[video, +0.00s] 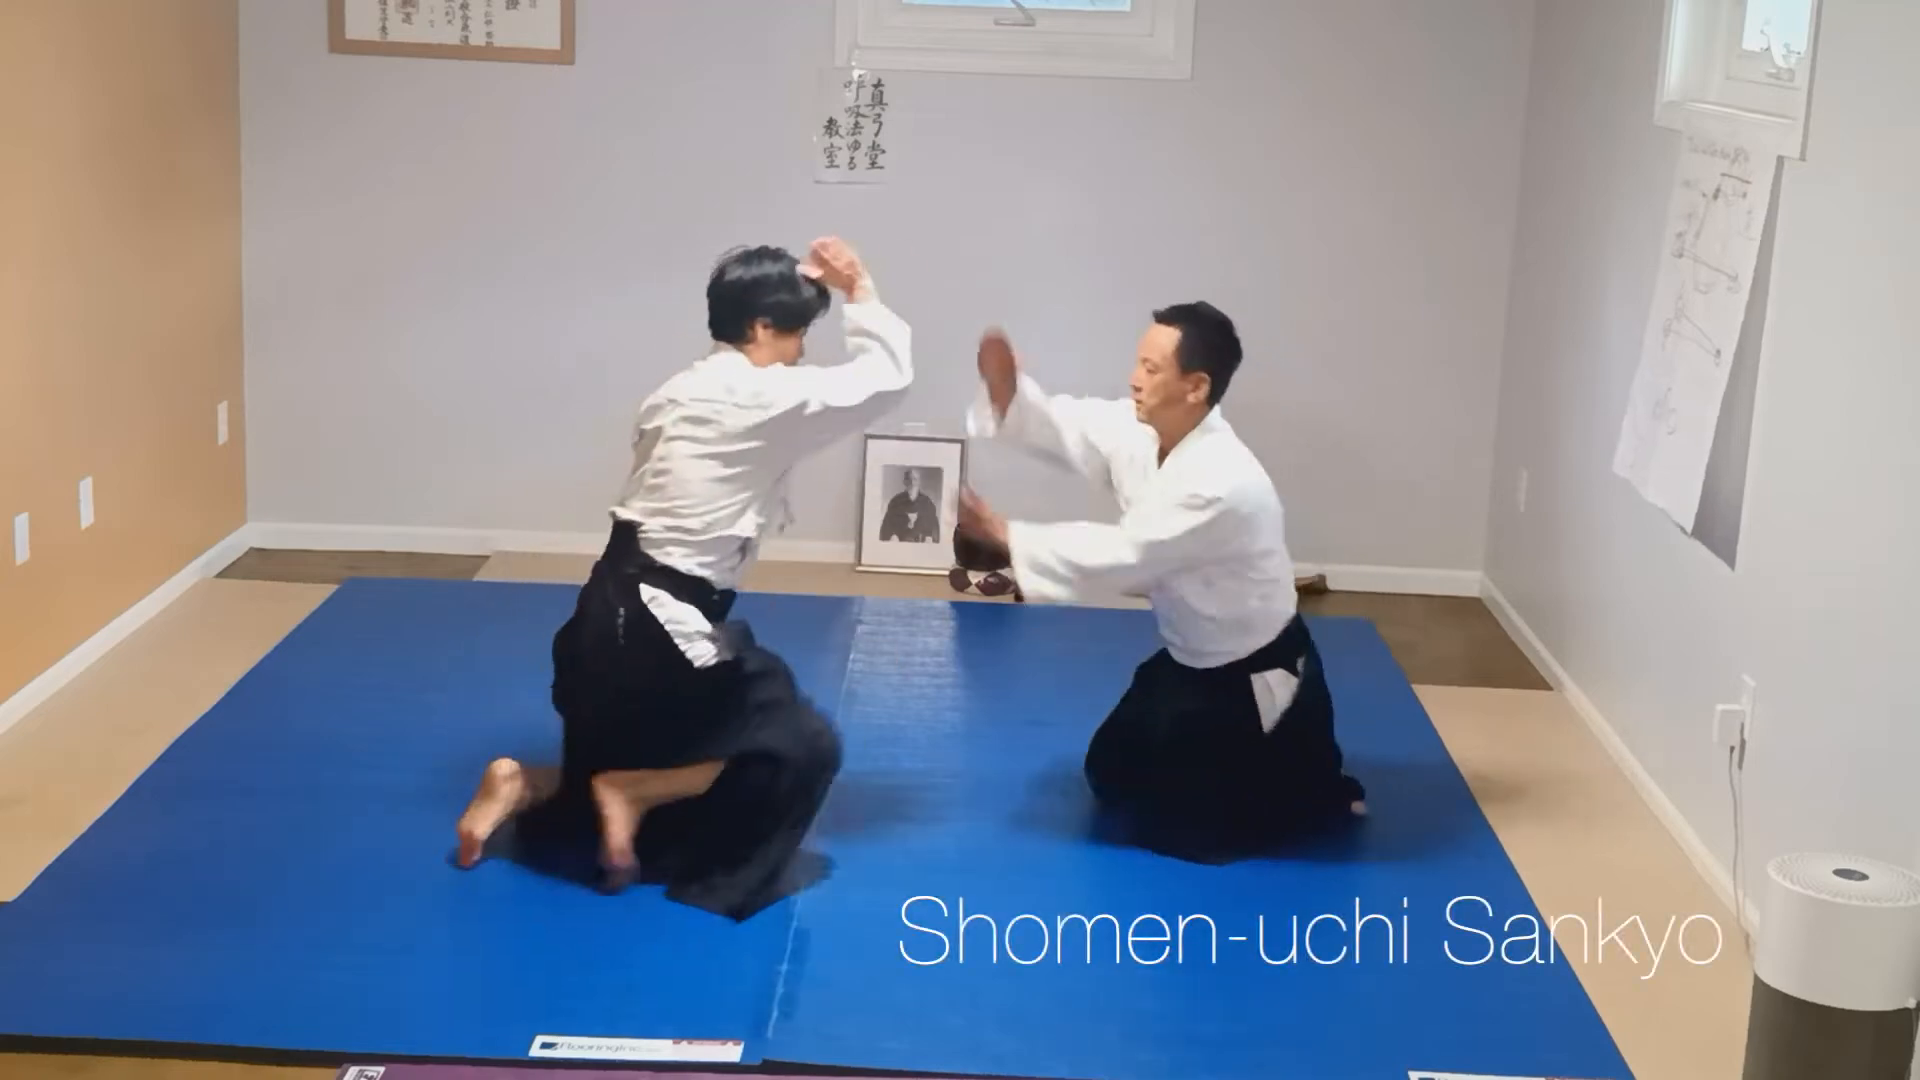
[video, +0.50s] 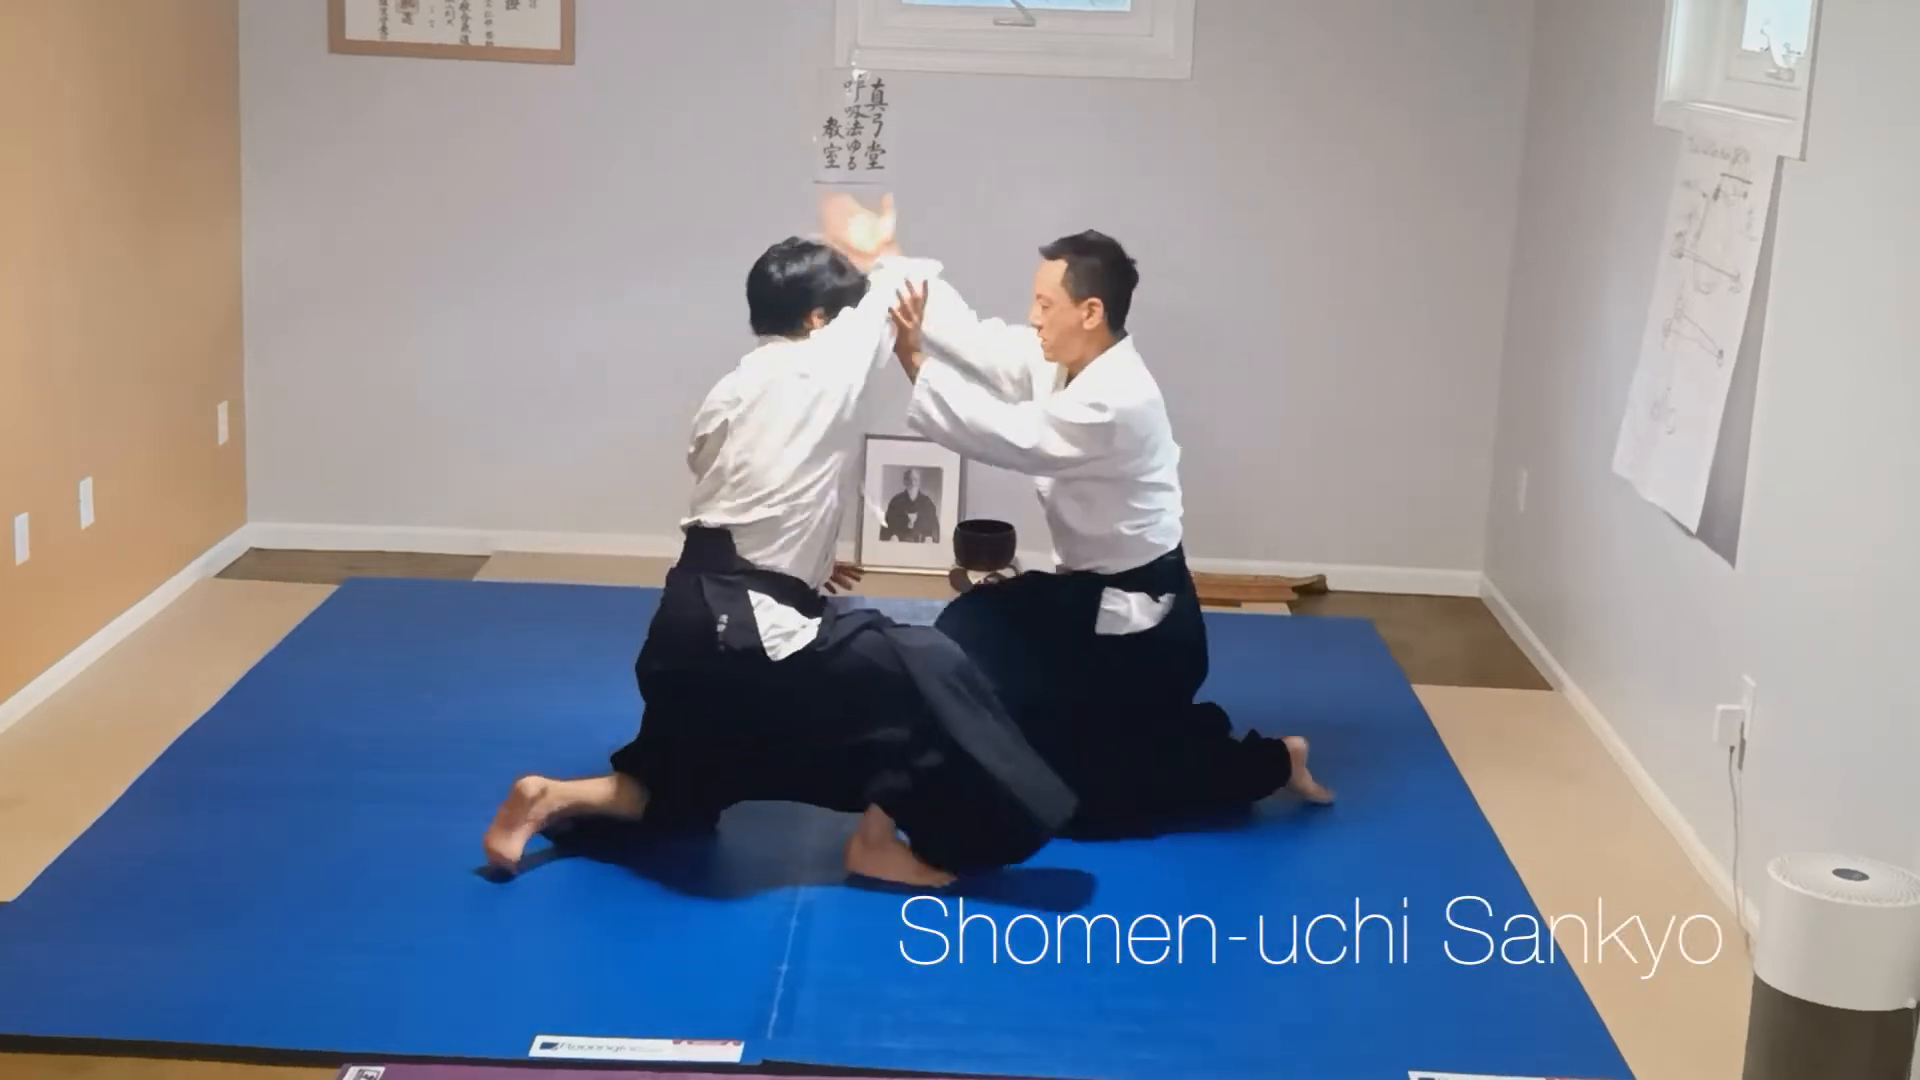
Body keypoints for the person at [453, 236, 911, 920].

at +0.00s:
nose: (801, 351)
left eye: (804, 334)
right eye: (798, 333)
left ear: (734, 328)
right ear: (759, 331)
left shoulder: (671, 395)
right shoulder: (767, 397)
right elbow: (886, 373)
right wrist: (860, 290)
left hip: (597, 621)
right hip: (665, 626)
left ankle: (523, 791)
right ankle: (638, 790)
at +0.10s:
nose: (823, 350)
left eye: (826, 334)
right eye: (819, 333)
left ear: (746, 324)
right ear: (780, 327)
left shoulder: (691, 388)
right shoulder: (779, 391)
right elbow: (901, 384)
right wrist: (942, 294)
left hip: (616, 635)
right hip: (687, 635)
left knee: (667, 806)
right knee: (854, 675)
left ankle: (537, 779)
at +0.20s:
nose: (850, 349)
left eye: (849, 332)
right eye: (845, 331)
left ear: (773, 326)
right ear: (809, 330)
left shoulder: (709, 391)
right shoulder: (810, 389)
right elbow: (929, 349)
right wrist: (967, 263)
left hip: (635, 635)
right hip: (708, 638)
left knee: (676, 800)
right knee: (887, 663)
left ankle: (535, 787)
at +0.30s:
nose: (867, 346)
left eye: (869, 330)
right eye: (864, 332)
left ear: (784, 324)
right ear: (830, 329)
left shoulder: (731, 385)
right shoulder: (826, 382)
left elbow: (709, 501)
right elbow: (935, 320)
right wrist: (950, 225)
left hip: (662, 626)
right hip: (733, 630)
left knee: (672, 794)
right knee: (899, 661)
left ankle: (532, 797)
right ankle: (873, 843)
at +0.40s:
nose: (870, 340)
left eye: (870, 323)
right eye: (865, 324)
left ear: (787, 323)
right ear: (834, 326)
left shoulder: (736, 389)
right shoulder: (835, 372)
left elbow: (718, 495)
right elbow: (928, 294)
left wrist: (807, 566)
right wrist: (925, 220)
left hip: (676, 619)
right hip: (749, 621)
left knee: (675, 788)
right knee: (911, 666)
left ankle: (537, 796)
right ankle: (876, 841)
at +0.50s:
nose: (855, 325)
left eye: (853, 310)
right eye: (848, 309)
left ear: (766, 317)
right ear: (818, 319)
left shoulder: (722, 396)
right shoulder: (823, 369)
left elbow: (715, 512)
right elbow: (909, 285)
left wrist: (805, 569)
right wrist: (878, 252)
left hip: (679, 633)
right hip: (759, 633)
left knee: (682, 787)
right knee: (926, 666)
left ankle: (552, 798)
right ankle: (878, 842)